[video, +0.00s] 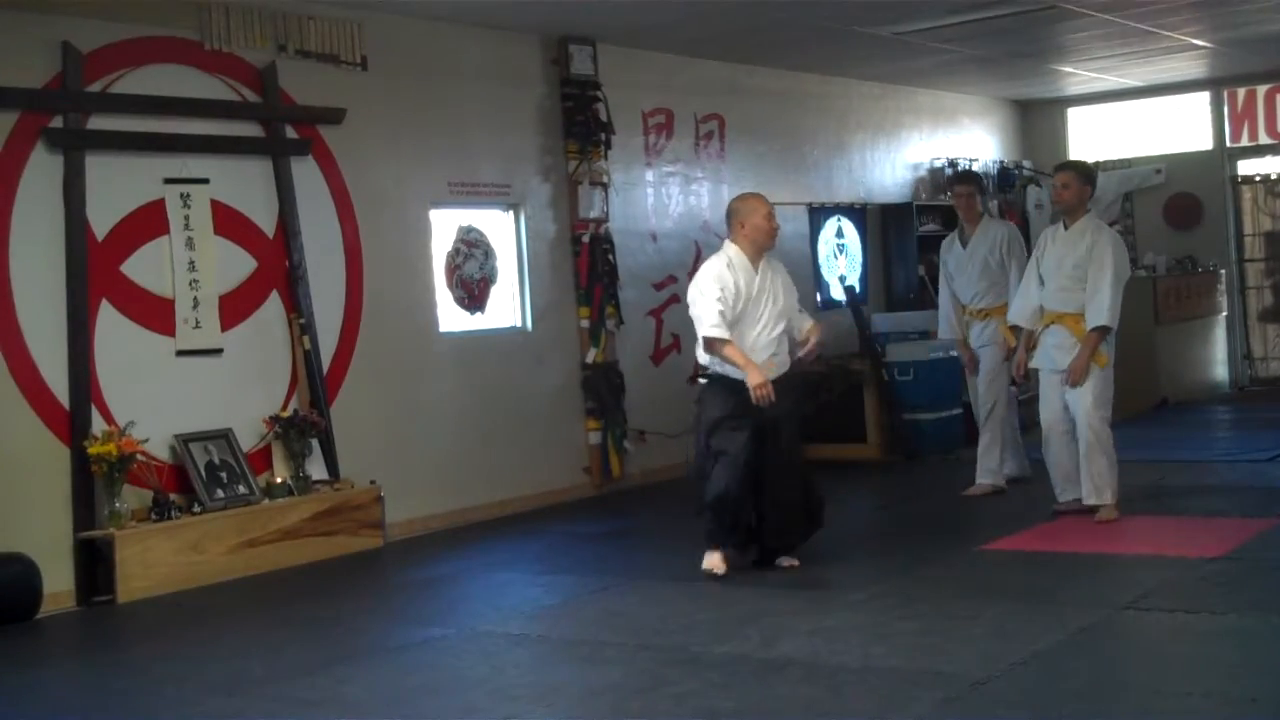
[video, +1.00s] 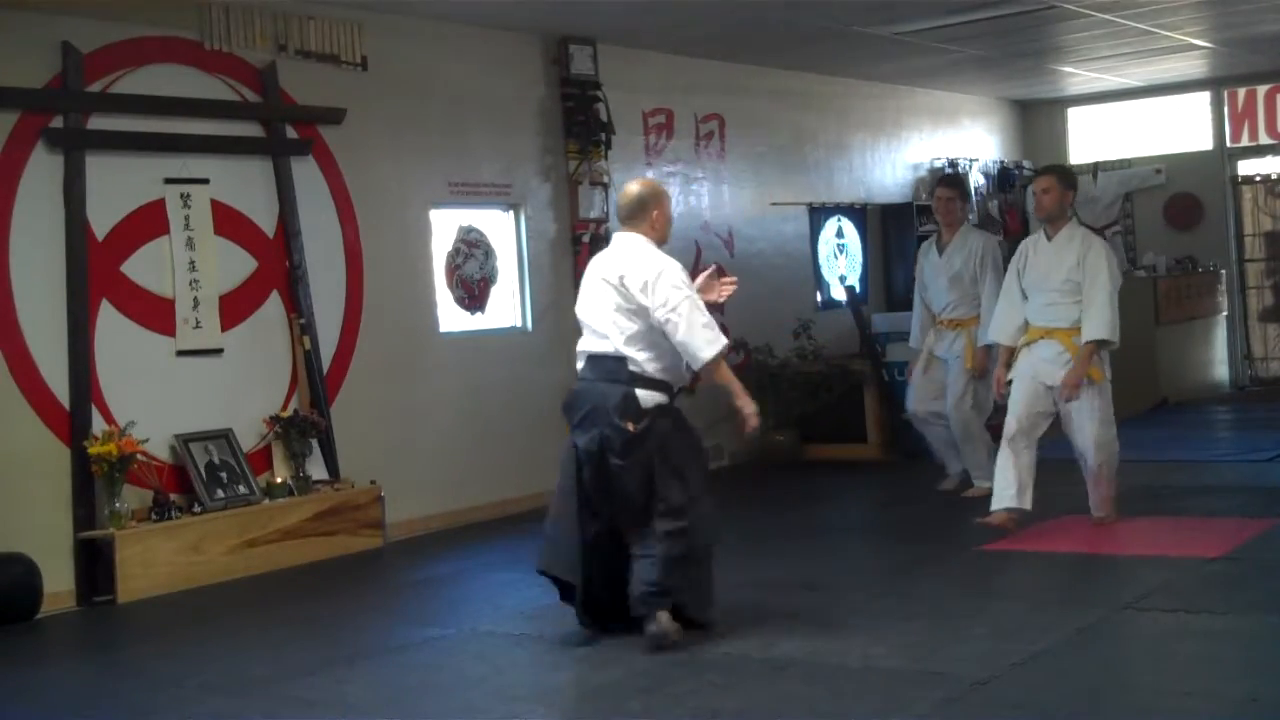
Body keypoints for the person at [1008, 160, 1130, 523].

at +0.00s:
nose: (1056, 193)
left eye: (1064, 187)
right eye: (1054, 187)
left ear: (1087, 191)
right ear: (1053, 192)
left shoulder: (1103, 237)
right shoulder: (1048, 238)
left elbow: (1106, 300)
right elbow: (1033, 294)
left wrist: (1085, 354)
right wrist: (1022, 346)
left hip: (1087, 336)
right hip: (1049, 336)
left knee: (1091, 420)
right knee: (1053, 421)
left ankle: (1105, 499)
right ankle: (1069, 495)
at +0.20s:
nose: (1057, 189)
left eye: (1066, 183)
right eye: (1056, 183)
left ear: (1088, 188)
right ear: (1056, 187)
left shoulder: (1106, 235)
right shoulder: (1049, 234)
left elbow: (1112, 295)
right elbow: (1033, 290)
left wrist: (1100, 350)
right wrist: (1025, 343)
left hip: (1091, 338)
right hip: (1052, 338)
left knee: (1098, 422)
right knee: (1056, 421)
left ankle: (1108, 502)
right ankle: (1074, 494)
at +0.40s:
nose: (1058, 184)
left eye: (1066, 178)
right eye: (1056, 178)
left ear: (1088, 183)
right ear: (1056, 183)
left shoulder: (1107, 231)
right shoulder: (1048, 232)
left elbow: (1117, 292)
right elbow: (1033, 288)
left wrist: (1112, 350)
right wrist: (1024, 340)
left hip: (1090, 335)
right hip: (1052, 336)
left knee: (1099, 421)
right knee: (1061, 421)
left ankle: (1111, 500)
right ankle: (1081, 493)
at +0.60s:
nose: (1056, 183)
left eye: (1064, 177)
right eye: (1054, 178)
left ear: (1087, 181)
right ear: (1055, 182)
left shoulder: (1106, 229)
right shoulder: (1047, 232)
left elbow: (1118, 291)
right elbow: (1032, 288)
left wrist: (1117, 350)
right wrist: (1020, 340)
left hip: (1092, 335)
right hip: (1052, 336)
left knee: (1100, 420)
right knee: (1052, 419)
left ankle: (1112, 499)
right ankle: (1076, 487)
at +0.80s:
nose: (1052, 187)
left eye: (1059, 181)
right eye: (1050, 181)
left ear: (1082, 185)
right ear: (1050, 187)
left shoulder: (1103, 234)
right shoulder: (1042, 236)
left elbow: (1114, 294)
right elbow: (1027, 292)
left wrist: (1108, 352)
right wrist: (1018, 345)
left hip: (1090, 339)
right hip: (1046, 340)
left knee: (1099, 427)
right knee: (1039, 422)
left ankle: (1110, 502)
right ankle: (1051, 501)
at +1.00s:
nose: (1037, 200)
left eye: (1045, 193)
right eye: (1034, 194)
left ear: (1069, 197)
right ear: (1033, 200)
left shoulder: (1093, 247)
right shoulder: (1027, 249)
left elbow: (1100, 309)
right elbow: (1011, 305)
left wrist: (1080, 365)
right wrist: (1002, 362)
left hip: (1080, 351)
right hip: (1035, 350)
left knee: (1094, 439)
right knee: (1016, 428)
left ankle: (1102, 507)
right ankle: (1008, 508)